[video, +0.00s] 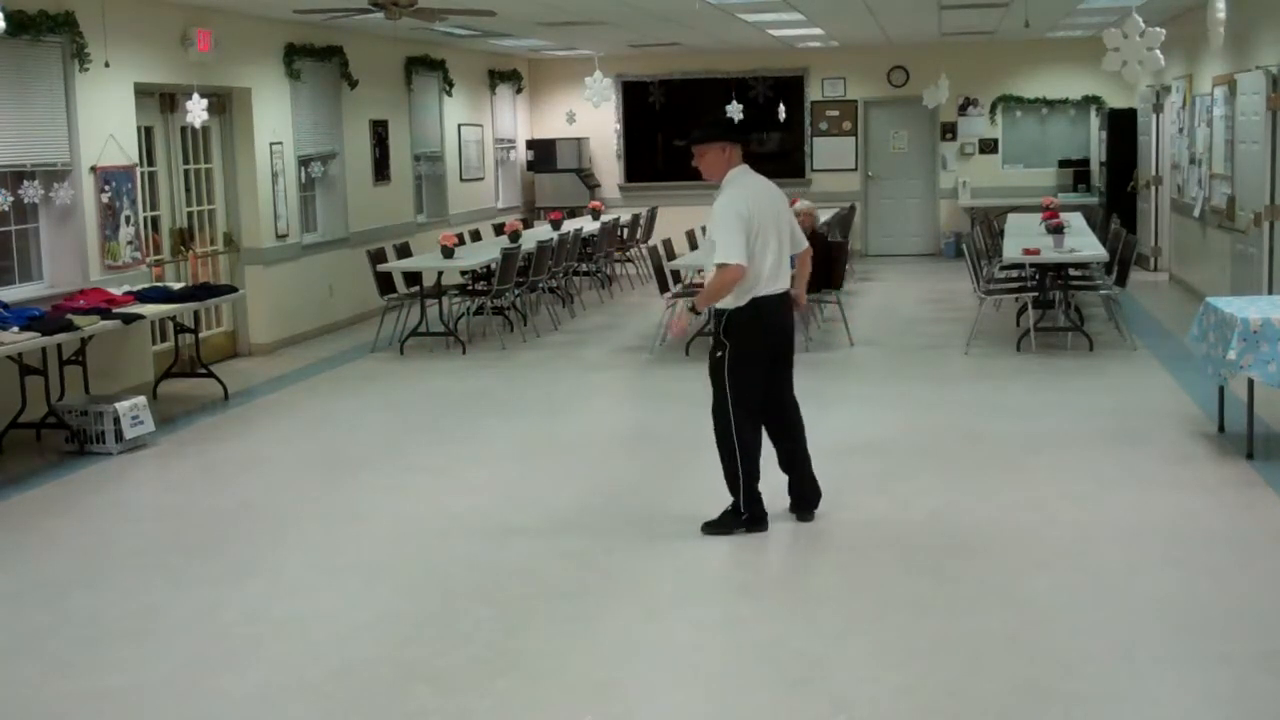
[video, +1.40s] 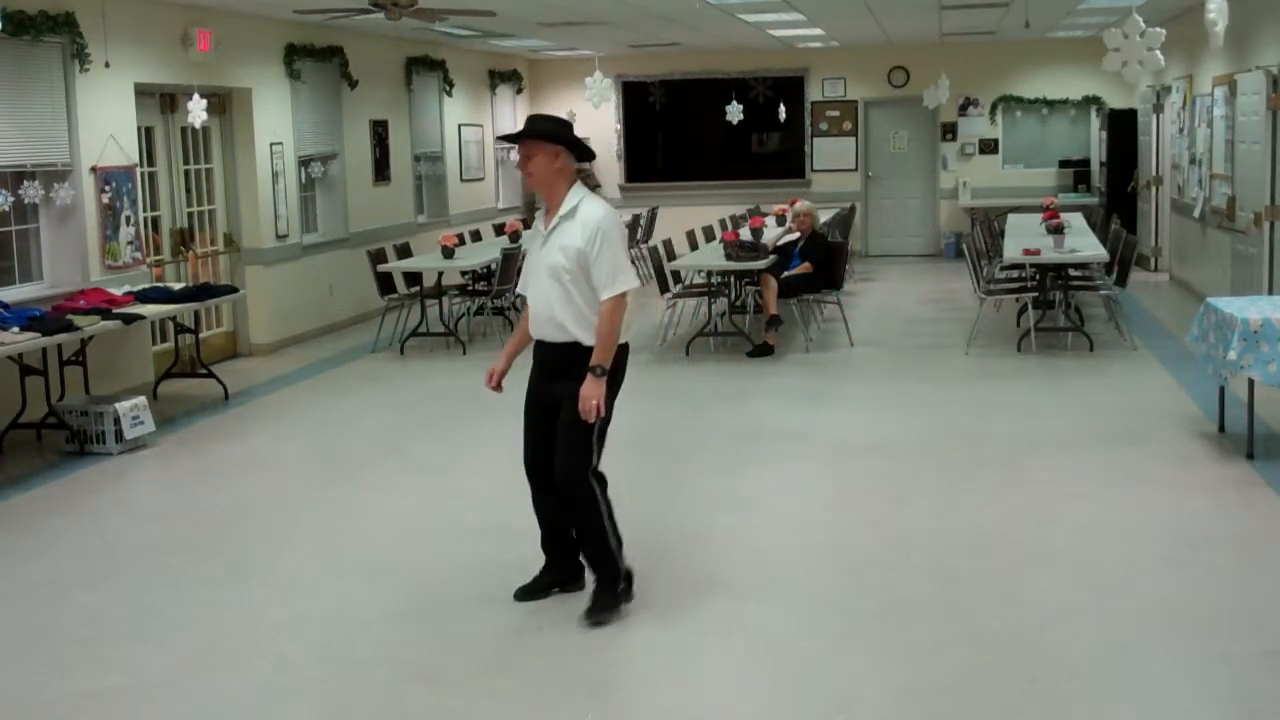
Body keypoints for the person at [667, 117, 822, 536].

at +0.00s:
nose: (696, 165)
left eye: (701, 156)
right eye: (694, 157)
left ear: (726, 151)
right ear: (731, 153)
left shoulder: (729, 201)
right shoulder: (769, 189)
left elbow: (733, 270)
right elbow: (803, 251)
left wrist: (693, 307)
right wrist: (798, 294)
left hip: (742, 320)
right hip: (778, 314)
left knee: (732, 415)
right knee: (780, 405)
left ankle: (746, 508)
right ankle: (805, 494)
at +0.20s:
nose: (673, 166)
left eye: (677, 157)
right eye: (671, 158)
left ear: (704, 151)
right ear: (705, 153)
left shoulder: (718, 194)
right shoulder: (727, 186)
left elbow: (736, 266)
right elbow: (746, 259)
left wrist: (729, 328)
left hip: (730, 317)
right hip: (741, 311)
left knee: (728, 415)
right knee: (742, 412)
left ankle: (748, 508)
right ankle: (757, 501)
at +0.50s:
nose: (642, 175)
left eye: (648, 165)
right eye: (639, 167)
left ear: (673, 162)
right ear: (653, 169)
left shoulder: (710, 209)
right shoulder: (661, 210)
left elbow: (746, 272)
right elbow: (665, 278)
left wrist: (759, 333)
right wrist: (644, 329)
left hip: (710, 330)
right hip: (678, 330)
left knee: (683, 424)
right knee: (716, 418)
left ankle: (670, 524)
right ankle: (755, 494)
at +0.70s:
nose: (615, 164)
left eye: (622, 155)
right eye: (613, 156)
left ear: (650, 154)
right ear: (632, 158)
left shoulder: (691, 205)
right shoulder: (628, 213)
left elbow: (720, 273)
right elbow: (625, 283)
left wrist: (734, 336)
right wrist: (612, 335)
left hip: (688, 332)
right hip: (642, 332)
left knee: (682, 431)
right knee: (630, 423)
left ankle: (670, 523)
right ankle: (681, 490)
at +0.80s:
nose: (602, 164)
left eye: (609, 155)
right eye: (600, 156)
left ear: (638, 155)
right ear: (609, 161)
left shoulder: (679, 207)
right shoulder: (609, 213)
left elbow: (708, 277)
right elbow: (610, 286)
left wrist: (711, 343)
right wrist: (595, 339)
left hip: (676, 337)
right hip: (626, 339)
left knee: (678, 436)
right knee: (606, 436)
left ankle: (673, 521)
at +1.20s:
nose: (541, 161)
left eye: (550, 151)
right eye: (539, 153)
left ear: (581, 154)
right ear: (548, 160)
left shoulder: (621, 213)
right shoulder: (546, 223)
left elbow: (640, 289)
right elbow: (546, 301)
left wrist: (625, 360)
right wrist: (527, 357)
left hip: (611, 350)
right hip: (562, 352)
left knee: (621, 455)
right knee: (555, 463)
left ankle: (649, 508)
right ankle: (563, 564)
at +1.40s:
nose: (521, 164)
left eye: (530, 155)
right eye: (521, 156)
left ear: (562, 159)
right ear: (537, 163)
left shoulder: (599, 218)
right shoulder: (541, 223)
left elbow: (615, 300)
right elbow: (540, 304)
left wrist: (597, 375)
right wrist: (507, 355)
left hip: (589, 358)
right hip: (548, 356)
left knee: (574, 471)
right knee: (541, 466)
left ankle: (612, 577)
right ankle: (561, 567)